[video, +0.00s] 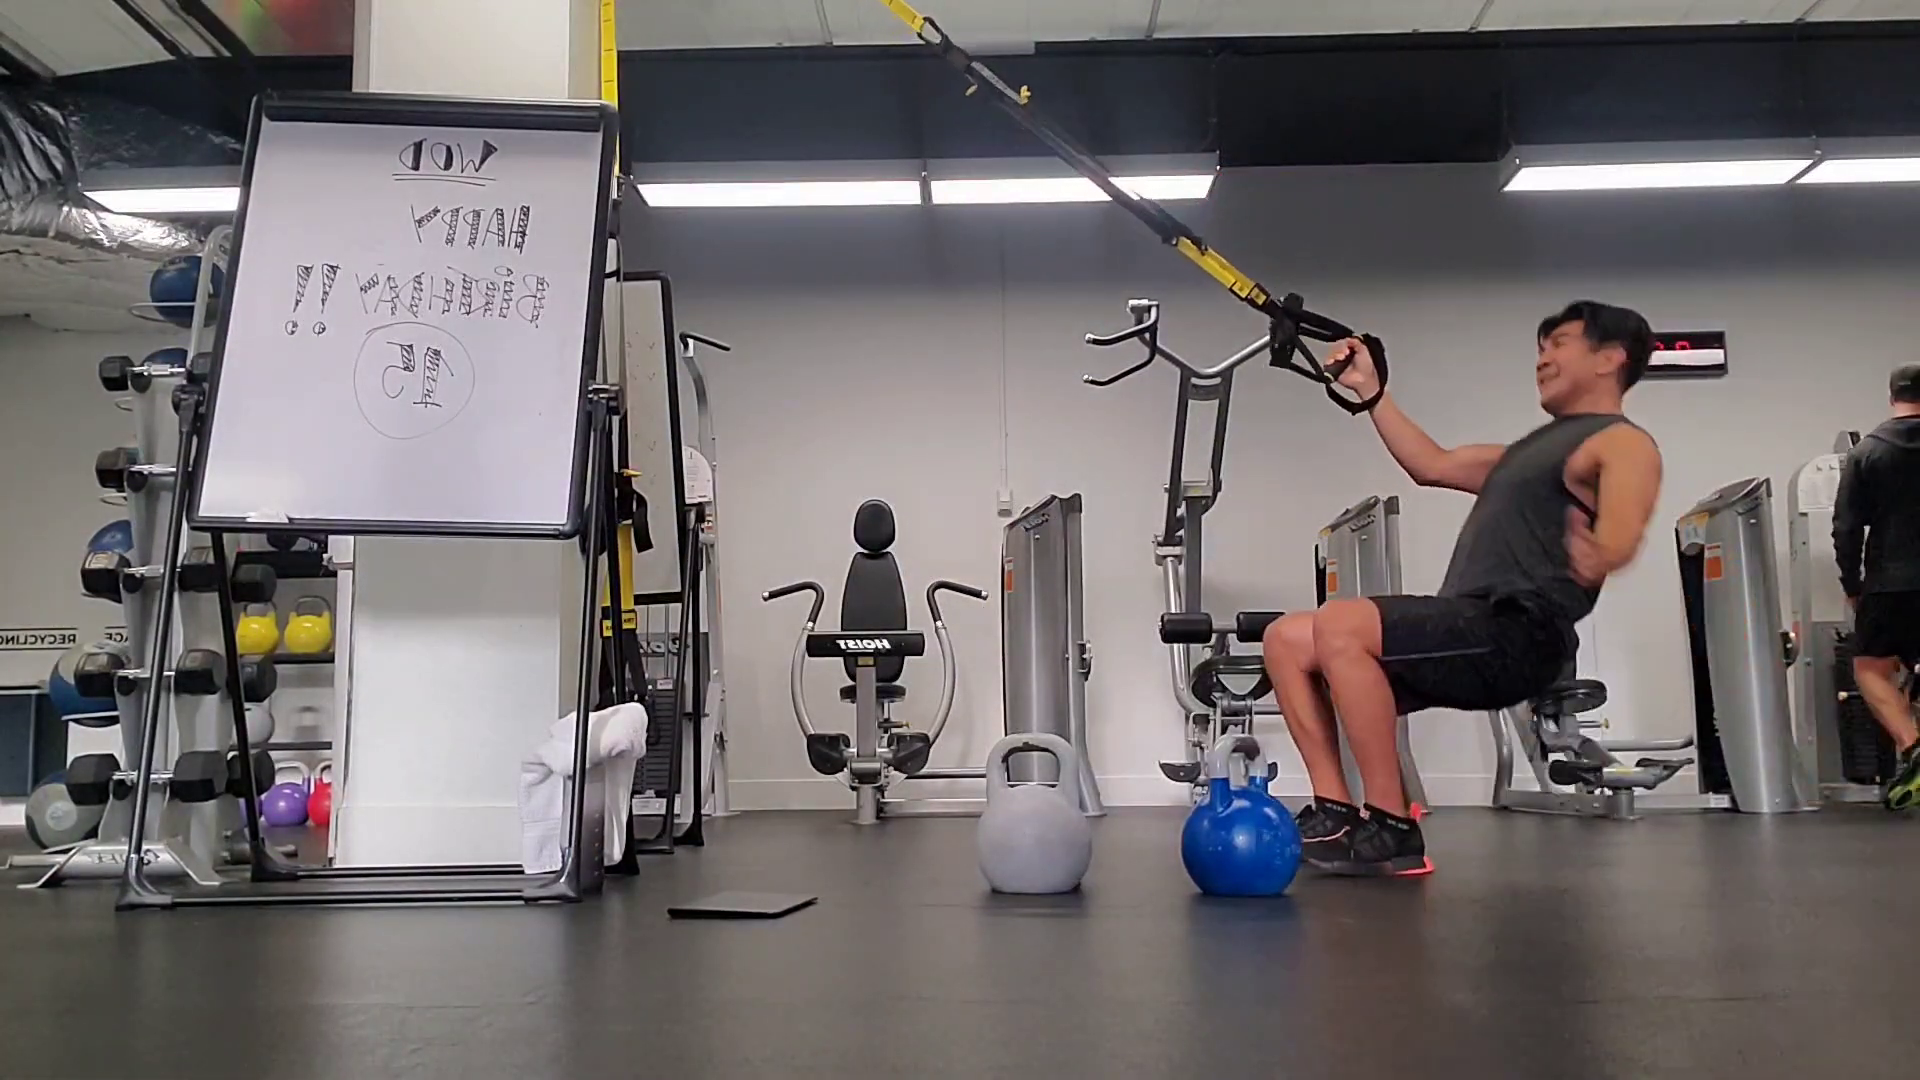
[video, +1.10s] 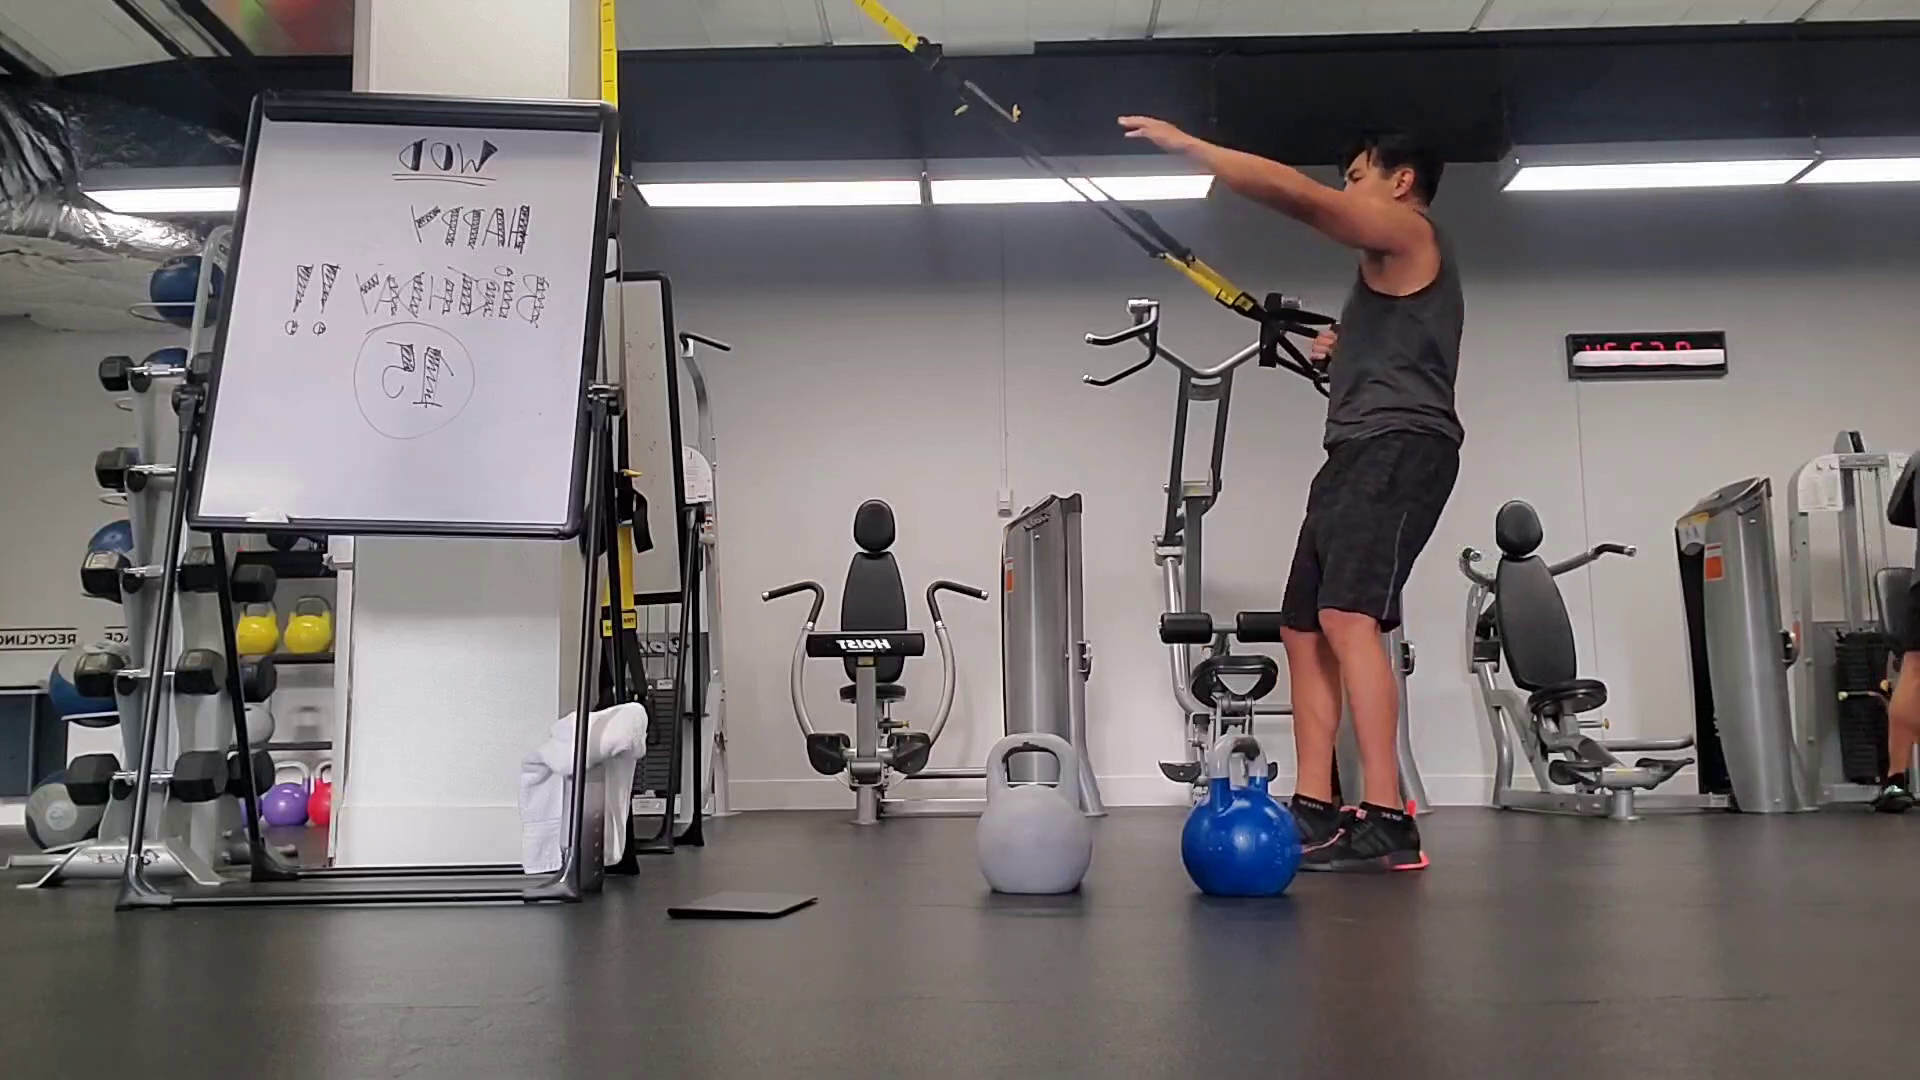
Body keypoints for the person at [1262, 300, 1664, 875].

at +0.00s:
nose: (1541, 358)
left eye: (1558, 342)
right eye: (1541, 349)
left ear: (1611, 357)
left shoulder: (1626, 443)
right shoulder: (1529, 453)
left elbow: (1621, 538)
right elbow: (1432, 465)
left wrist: (1595, 557)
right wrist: (1373, 392)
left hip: (1520, 631)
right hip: (1467, 623)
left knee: (1341, 629)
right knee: (1286, 638)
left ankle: (1391, 825)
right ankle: (1333, 811)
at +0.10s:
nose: (1506, 300)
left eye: (1522, 284)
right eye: (1511, 287)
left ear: (1574, 297)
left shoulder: (1582, 371)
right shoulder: (1519, 386)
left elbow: (1526, 423)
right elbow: (1428, 454)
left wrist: (1428, 399)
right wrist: (1378, 381)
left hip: (1499, 571)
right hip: (1453, 564)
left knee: (1328, 629)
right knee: (1281, 636)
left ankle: (1389, 824)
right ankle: (1334, 809)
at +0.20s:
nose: (1470, 243)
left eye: (1486, 228)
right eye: (1475, 231)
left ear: (1534, 238)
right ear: (1529, 242)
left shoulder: (1541, 305)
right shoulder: (1498, 326)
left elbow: (1439, 312)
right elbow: (1439, 439)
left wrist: (1323, 271)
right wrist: (1386, 380)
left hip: (1479, 508)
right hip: (1436, 509)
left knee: (1330, 622)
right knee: (1289, 630)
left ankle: (1388, 824)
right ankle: (1337, 812)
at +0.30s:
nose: (1436, 195)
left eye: (1451, 181)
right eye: (1441, 183)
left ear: (1495, 192)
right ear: (1490, 196)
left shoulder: (1491, 247)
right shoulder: (1474, 271)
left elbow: (1365, 237)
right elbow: (1440, 407)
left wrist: (1252, 186)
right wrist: (1389, 363)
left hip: (1458, 460)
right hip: (1421, 463)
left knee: (1344, 617)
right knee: (1301, 612)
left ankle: (1389, 824)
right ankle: (1332, 804)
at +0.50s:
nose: (1380, 164)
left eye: (1393, 153)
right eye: (1387, 153)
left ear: (1432, 164)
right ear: (1442, 171)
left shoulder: (1398, 206)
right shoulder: (1468, 265)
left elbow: (1269, 172)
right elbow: (1466, 384)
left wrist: (1158, 128)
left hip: (1399, 433)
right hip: (1421, 440)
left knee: (1360, 615)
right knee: (1321, 617)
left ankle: (1387, 822)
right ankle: (1315, 803)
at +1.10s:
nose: (1346, 186)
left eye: (1357, 173)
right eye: (1349, 175)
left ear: (1402, 180)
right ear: (1403, 185)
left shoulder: (1406, 228)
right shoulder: (1396, 258)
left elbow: (1301, 194)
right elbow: (1408, 369)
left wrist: (1190, 144)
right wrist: (1340, 353)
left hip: (1401, 440)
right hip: (1360, 447)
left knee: (1350, 616)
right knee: (1304, 625)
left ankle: (1386, 817)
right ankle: (1314, 807)